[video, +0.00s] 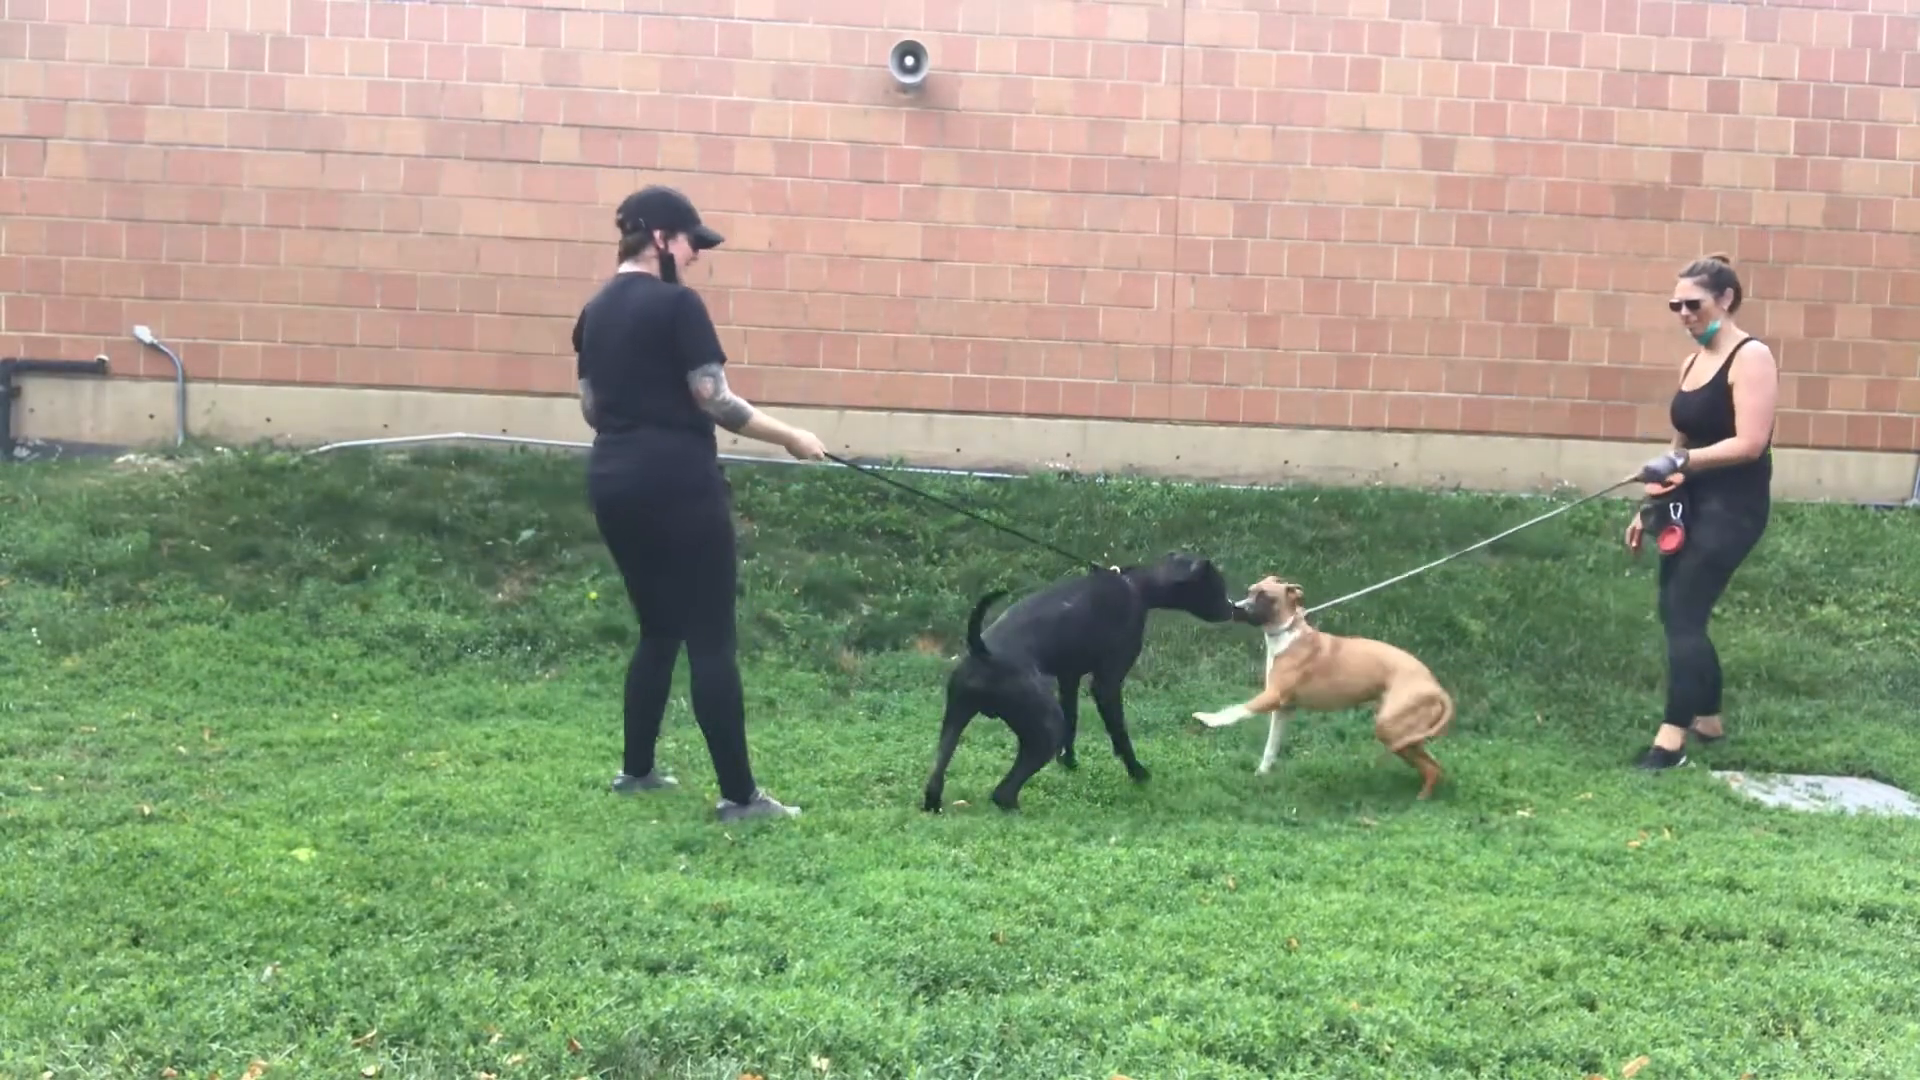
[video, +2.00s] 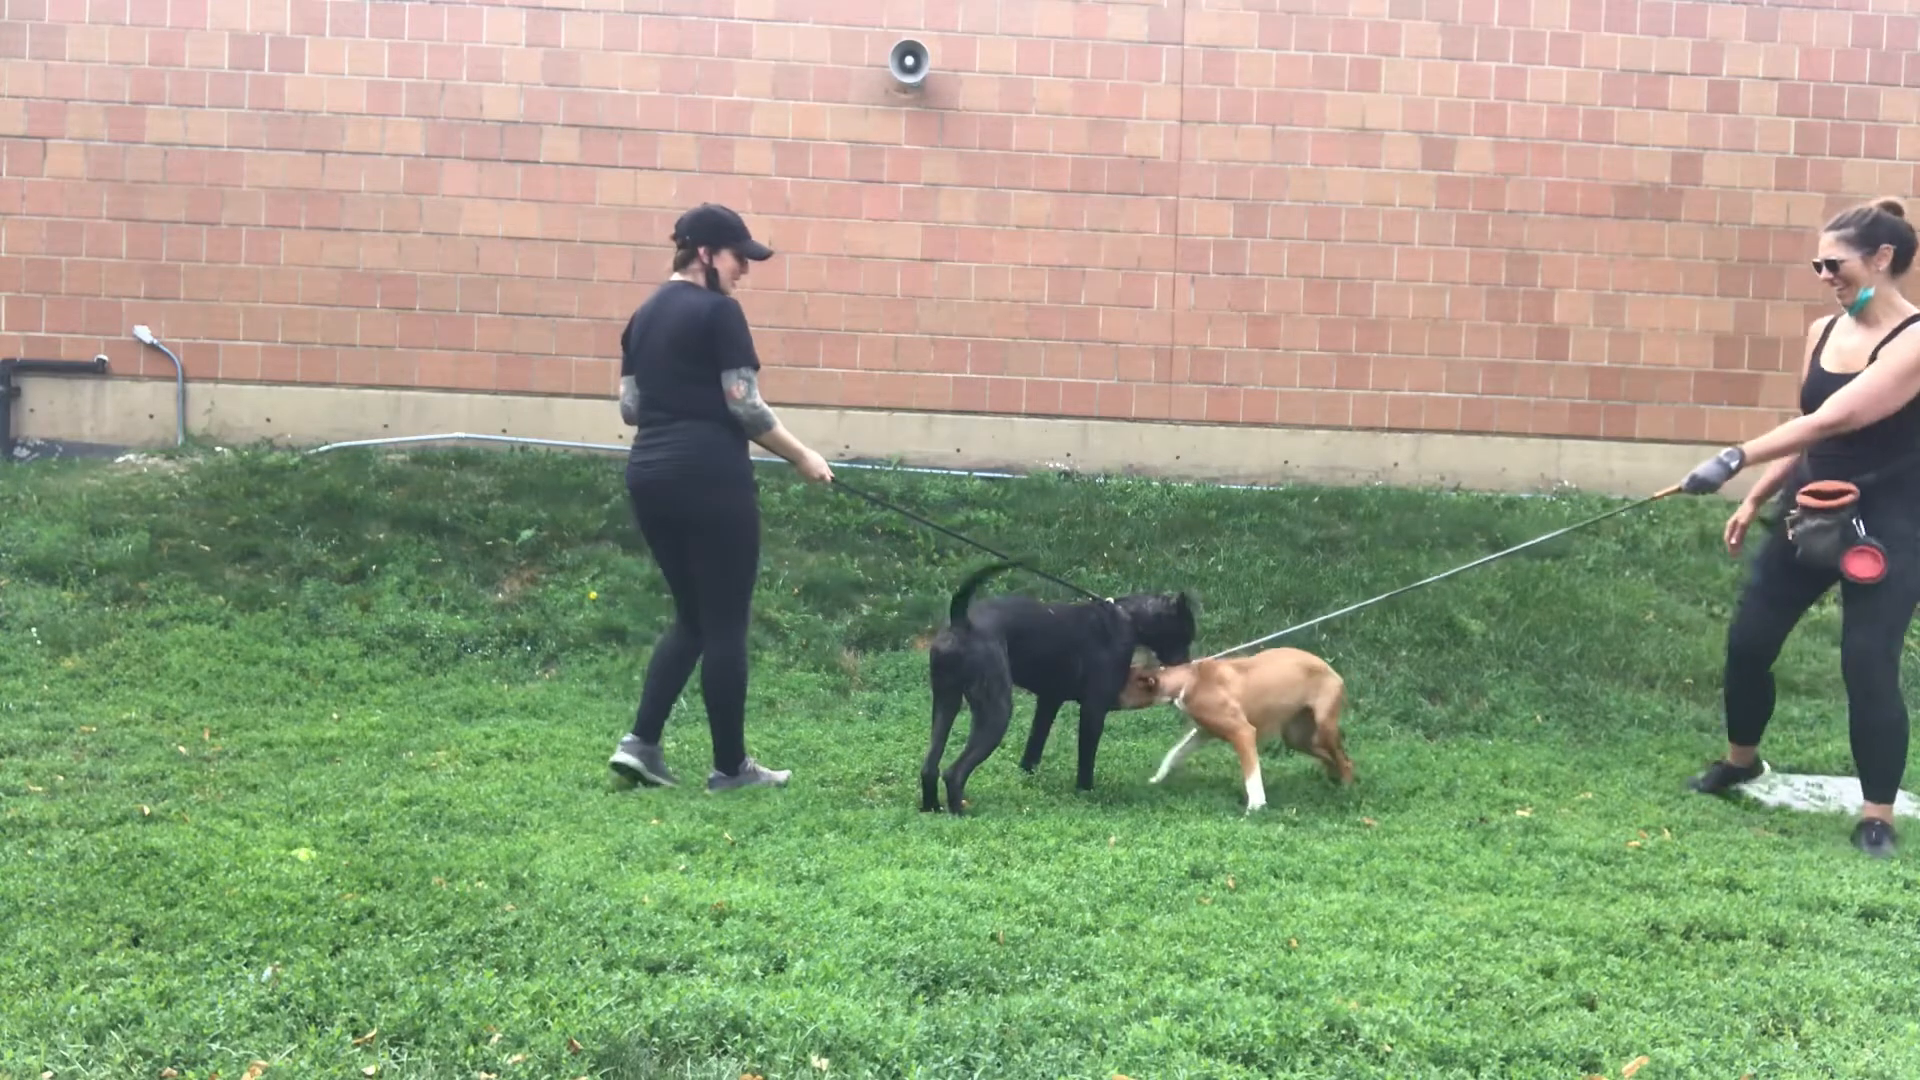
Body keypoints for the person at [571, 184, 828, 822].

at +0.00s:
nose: (699, 259)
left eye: (700, 247)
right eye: (695, 246)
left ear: (635, 241)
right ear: (664, 240)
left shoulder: (594, 309)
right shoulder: (677, 302)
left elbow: (594, 409)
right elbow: (714, 398)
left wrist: (675, 418)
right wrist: (790, 436)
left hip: (613, 472)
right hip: (679, 472)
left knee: (658, 628)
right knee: (712, 635)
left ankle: (636, 771)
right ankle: (740, 796)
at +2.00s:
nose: (743, 269)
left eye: (745, 258)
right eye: (738, 257)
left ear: (694, 256)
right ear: (707, 254)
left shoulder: (642, 315)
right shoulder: (720, 312)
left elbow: (633, 407)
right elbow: (745, 406)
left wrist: (715, 421)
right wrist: (802, 455)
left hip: (648, 469)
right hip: (710, 469)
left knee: (691, 618)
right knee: (726, 622)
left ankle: (641, 743)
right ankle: (731, 766)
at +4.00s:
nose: (722, 274)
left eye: (725, 265)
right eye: (711, 264)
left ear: (721, 269)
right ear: (681, 268)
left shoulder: (673, 316)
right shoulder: (689, 320)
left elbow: (719, 402)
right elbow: (737, 405)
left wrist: (772, 430)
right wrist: (806, 442)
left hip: (665, 466)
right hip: (691, 470)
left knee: (685, 606)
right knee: (735, 607)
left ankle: (672, 741)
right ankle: (749, 748)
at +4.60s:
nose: (742, 275)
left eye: (745, 266)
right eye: (730, 265)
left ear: (744, 270)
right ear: (700, 271)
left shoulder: (706, 319)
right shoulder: (706, 322)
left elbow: (738, 402)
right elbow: (754, 401)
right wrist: (825, 438)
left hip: (708, 467)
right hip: (713, 470)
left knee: (732, 599)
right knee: (745, 601)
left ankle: (691, 720)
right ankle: (723, 741)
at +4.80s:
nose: (763, 281)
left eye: (766, 272)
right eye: (754, 270)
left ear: (737, 274)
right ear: (721, 271)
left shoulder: (726, 319)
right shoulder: (716, 322)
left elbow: (752, 400)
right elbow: (761, 401)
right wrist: (832, 438)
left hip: (742, 470)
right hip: (720, 473)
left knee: (791, 587)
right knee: (726, 606)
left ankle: (760, 709)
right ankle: (726, 741)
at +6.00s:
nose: (816, 290)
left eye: (821, 282)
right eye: (807, 281)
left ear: (823, 285)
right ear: (778, 282)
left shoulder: (816, 346)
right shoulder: (759, 337)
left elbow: (817, 419)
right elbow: (801, 407)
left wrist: (827, 480)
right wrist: (869, 439)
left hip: (807, 483)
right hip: (756, 479)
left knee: (795, 608)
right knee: (745, 604)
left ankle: (798, 724)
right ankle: (717, 729)